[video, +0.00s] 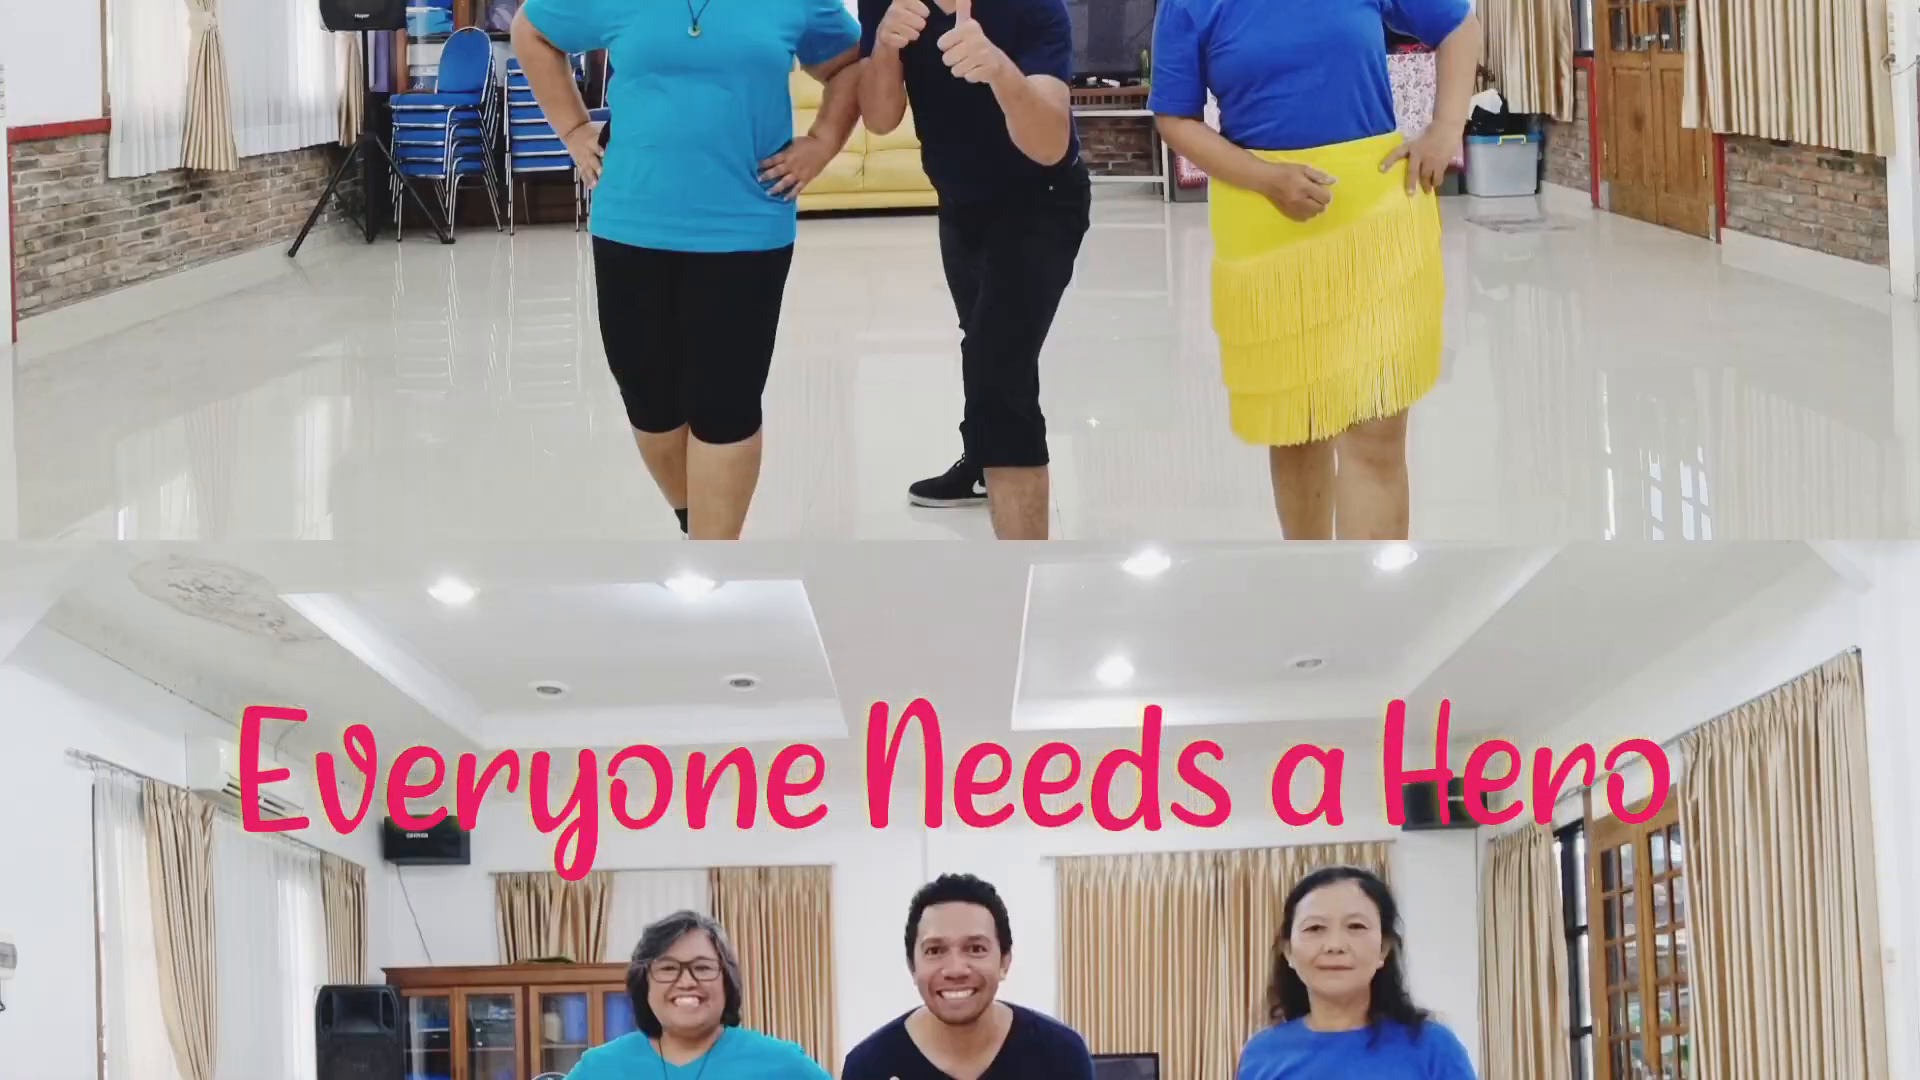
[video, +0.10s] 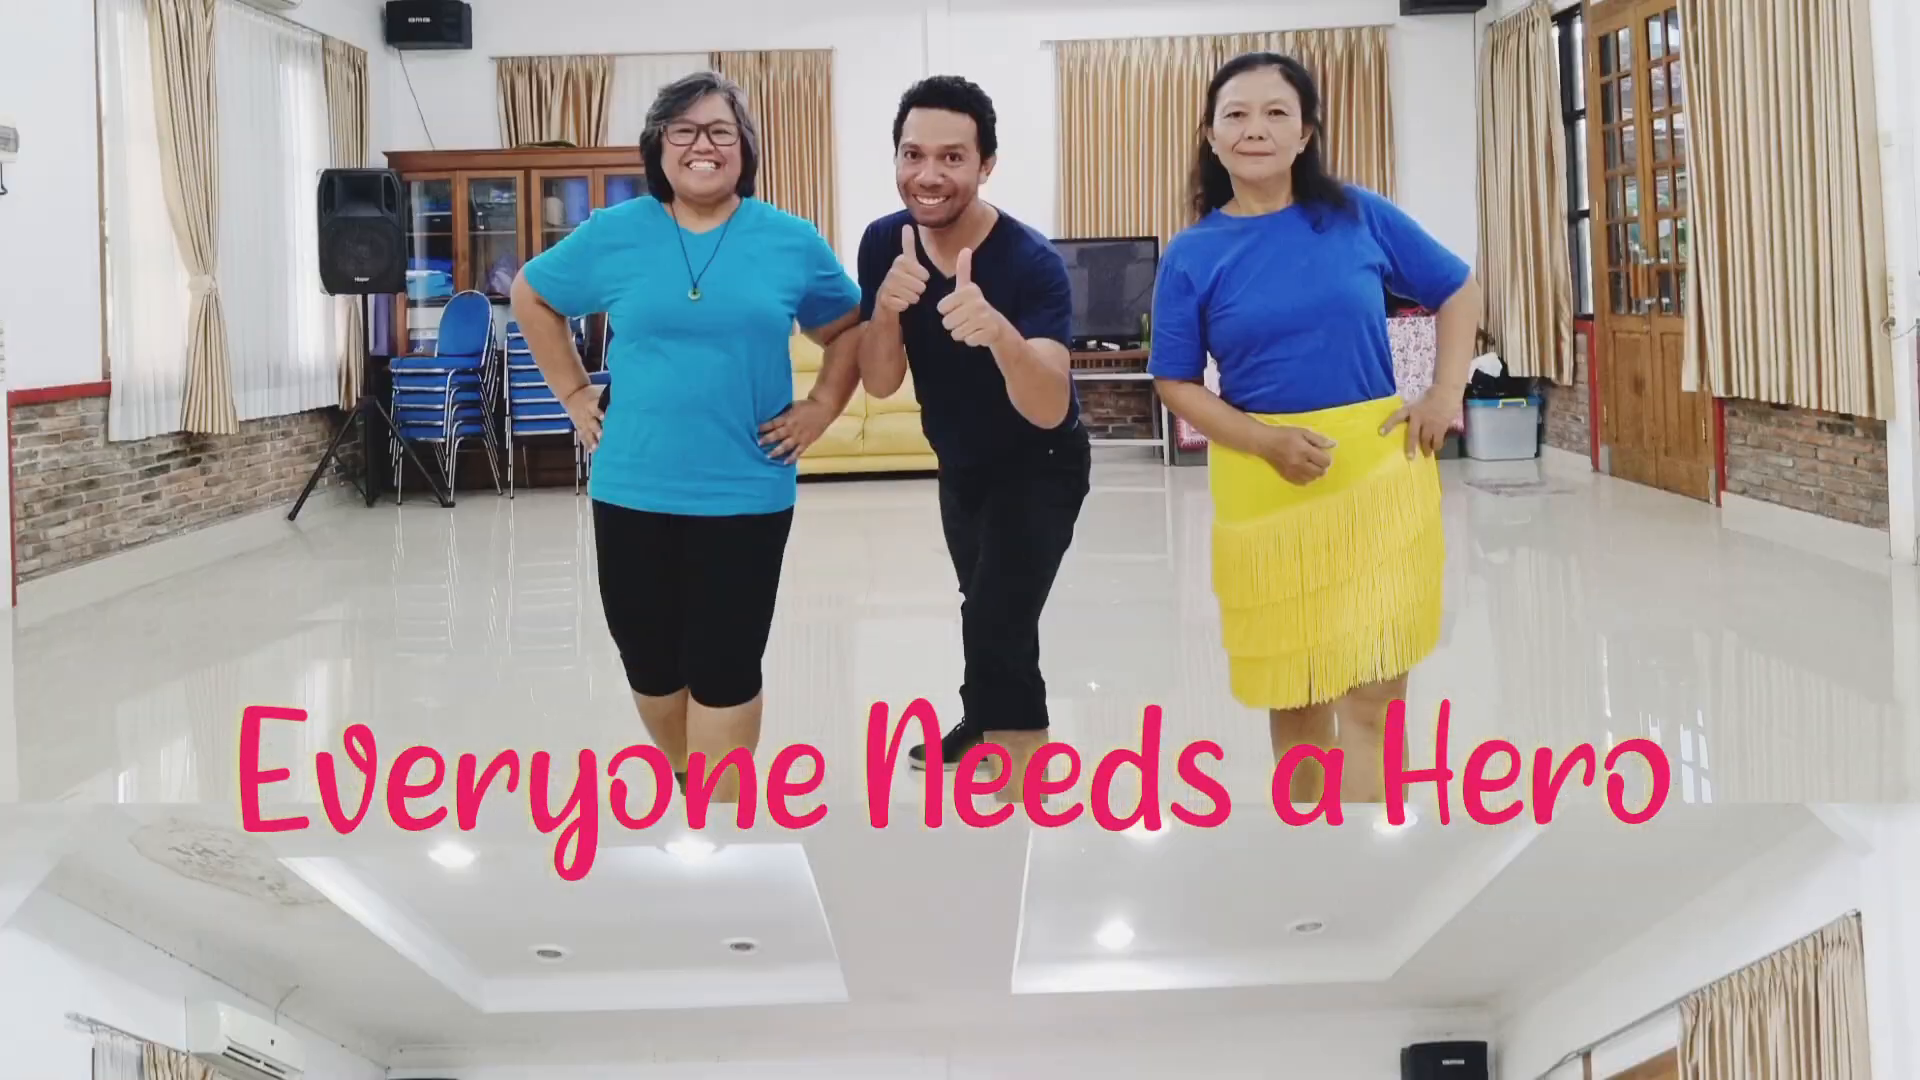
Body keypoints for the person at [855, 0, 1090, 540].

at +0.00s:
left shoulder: (1033, 10)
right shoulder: (893, 7)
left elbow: (1050, 146)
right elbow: (879, 119)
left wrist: (1002, 72)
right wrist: (884, 48)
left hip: (1039, 196)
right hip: (961, 200)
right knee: (982, 340)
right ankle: (984, 458)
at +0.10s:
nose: (930, 176)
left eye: (951, 159)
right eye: (915, 157)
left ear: (986, 168)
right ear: (896, 163)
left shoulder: (1031, 265)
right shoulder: (885, 245)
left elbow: (1049, 409)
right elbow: (880, 383)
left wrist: (1002, 335)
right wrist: (884, 313)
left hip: (1041, 465)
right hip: (961, 467)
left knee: (994, 621)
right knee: (991, 618)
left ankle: (1012, 763)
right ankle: (1008, 753)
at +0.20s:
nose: (929, 336)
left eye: (951, 319)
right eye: (914, 317)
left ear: (986, 328)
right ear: (896, 323)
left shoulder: (1030, 424)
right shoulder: (885, 405)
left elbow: (1050, 568)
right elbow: (880, 543)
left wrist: (1002, 495)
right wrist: (884, 473)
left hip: (1040, 623)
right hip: (960, 626)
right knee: (985, 770)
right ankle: (988, 888)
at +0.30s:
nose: (930, 418)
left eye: (951, 401)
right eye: (914, 399)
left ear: (986, 410)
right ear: (896, 405)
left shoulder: (1031, 506)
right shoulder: (885, 486)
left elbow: (1049, 651)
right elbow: (880, 625)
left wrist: (1003, 578)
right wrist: (884, 555)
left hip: (1042, 702)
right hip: (962, 702)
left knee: (1001, 888)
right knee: (981, 840)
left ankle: (1026, 1066)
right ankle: (987, 966)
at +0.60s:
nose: (930, 453)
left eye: (951, 436)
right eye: (915, 434)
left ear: (986, 445)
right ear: (896, 439)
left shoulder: (1031, 541)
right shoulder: (886, 521)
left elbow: (1049, 684)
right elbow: (880, 660)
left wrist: (1001, 612)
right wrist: (883, 589)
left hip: (1039, 743)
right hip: (961, 741)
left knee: (1002, 924)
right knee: (981, 879)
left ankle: (1023, 1070)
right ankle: (985, 1003)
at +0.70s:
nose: (930, 453)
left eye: (951, 436)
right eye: (915, 434)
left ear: (986, 445)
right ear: (896, 439)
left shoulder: (1031, 541)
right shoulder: (886, 521)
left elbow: (1049, 684)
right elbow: (880, 660)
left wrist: (1001, 612)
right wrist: (883, 589)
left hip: (1039, 743)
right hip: (961, 741)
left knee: (1002, 924)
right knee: (981, 879)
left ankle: (1023, 1070)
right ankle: (985, 1003)